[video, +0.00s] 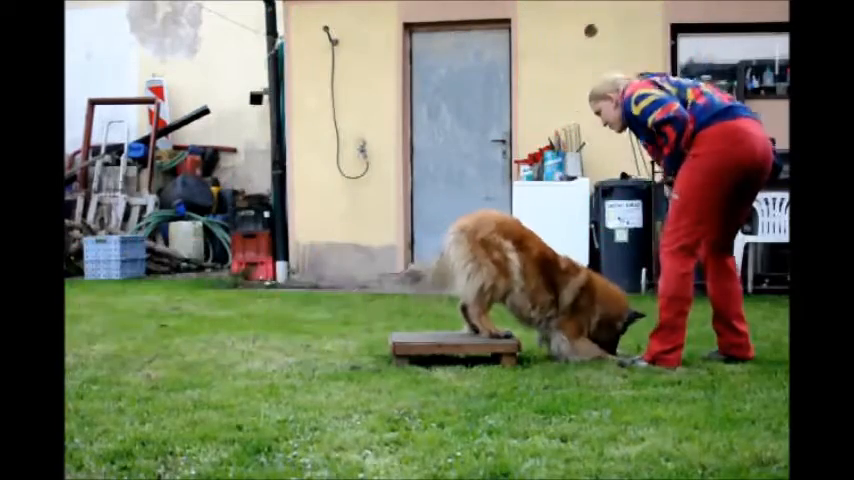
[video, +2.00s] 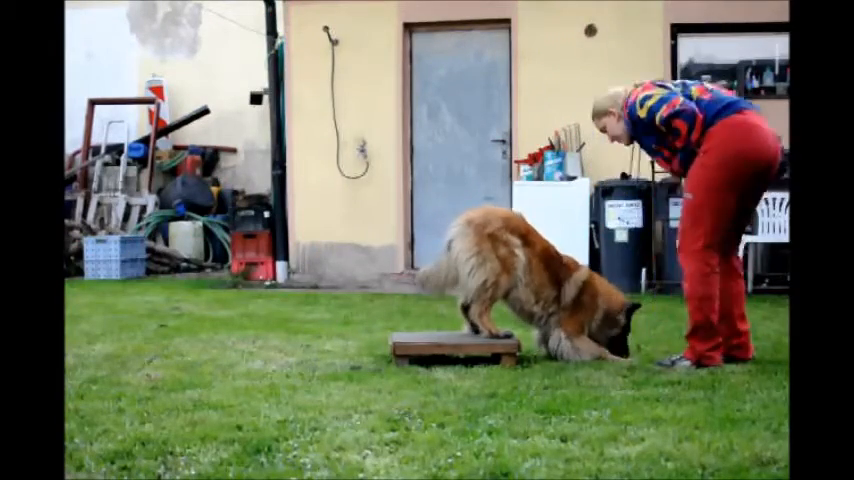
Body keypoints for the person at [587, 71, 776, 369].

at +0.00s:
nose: (602, 122)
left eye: (600, 112)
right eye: (598, 116)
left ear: (613, 97)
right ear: (615, 99)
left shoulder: (635, 92)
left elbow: (675, 118)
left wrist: (671, 172)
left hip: (722, 139)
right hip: (758, 142)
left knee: (676, 249)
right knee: (717, 249)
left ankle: (663, 354)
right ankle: (736, 347)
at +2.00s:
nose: (609, 138)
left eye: (605, 129)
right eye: (604, 133)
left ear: (616, 111)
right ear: (617, 112)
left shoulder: (639, 99)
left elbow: (686, 116)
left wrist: (683, 165)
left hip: (733, 136)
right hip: (762, 139)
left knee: (695, 248)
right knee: (723, 250)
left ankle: (703, 351)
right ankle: (735, 345)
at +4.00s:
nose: (662, 75)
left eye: (670, 69)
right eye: (657, 67)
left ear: (680, 66)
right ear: (645, 60)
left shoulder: (690, 88)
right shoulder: (623, 88)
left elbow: (693, 127)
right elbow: (608, 147)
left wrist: (677, 154)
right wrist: (626, 203)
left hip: (670, 166)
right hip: (624, 164)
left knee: (683, 239)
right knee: (620, 240)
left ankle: (694, 327)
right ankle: (619, 322)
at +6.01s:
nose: (684, 36)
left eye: (692, 32)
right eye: (682, 27)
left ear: (698, 33)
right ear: (667, 17)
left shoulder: (700, 62)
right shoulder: (633, 50)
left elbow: (709, 108)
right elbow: (600, 91)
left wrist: (707, 134)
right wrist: (568, 130)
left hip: (682, 158)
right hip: (633, 155)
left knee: (686, 244)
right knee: (624, 237)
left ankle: (692, 325)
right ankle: (620, 322)